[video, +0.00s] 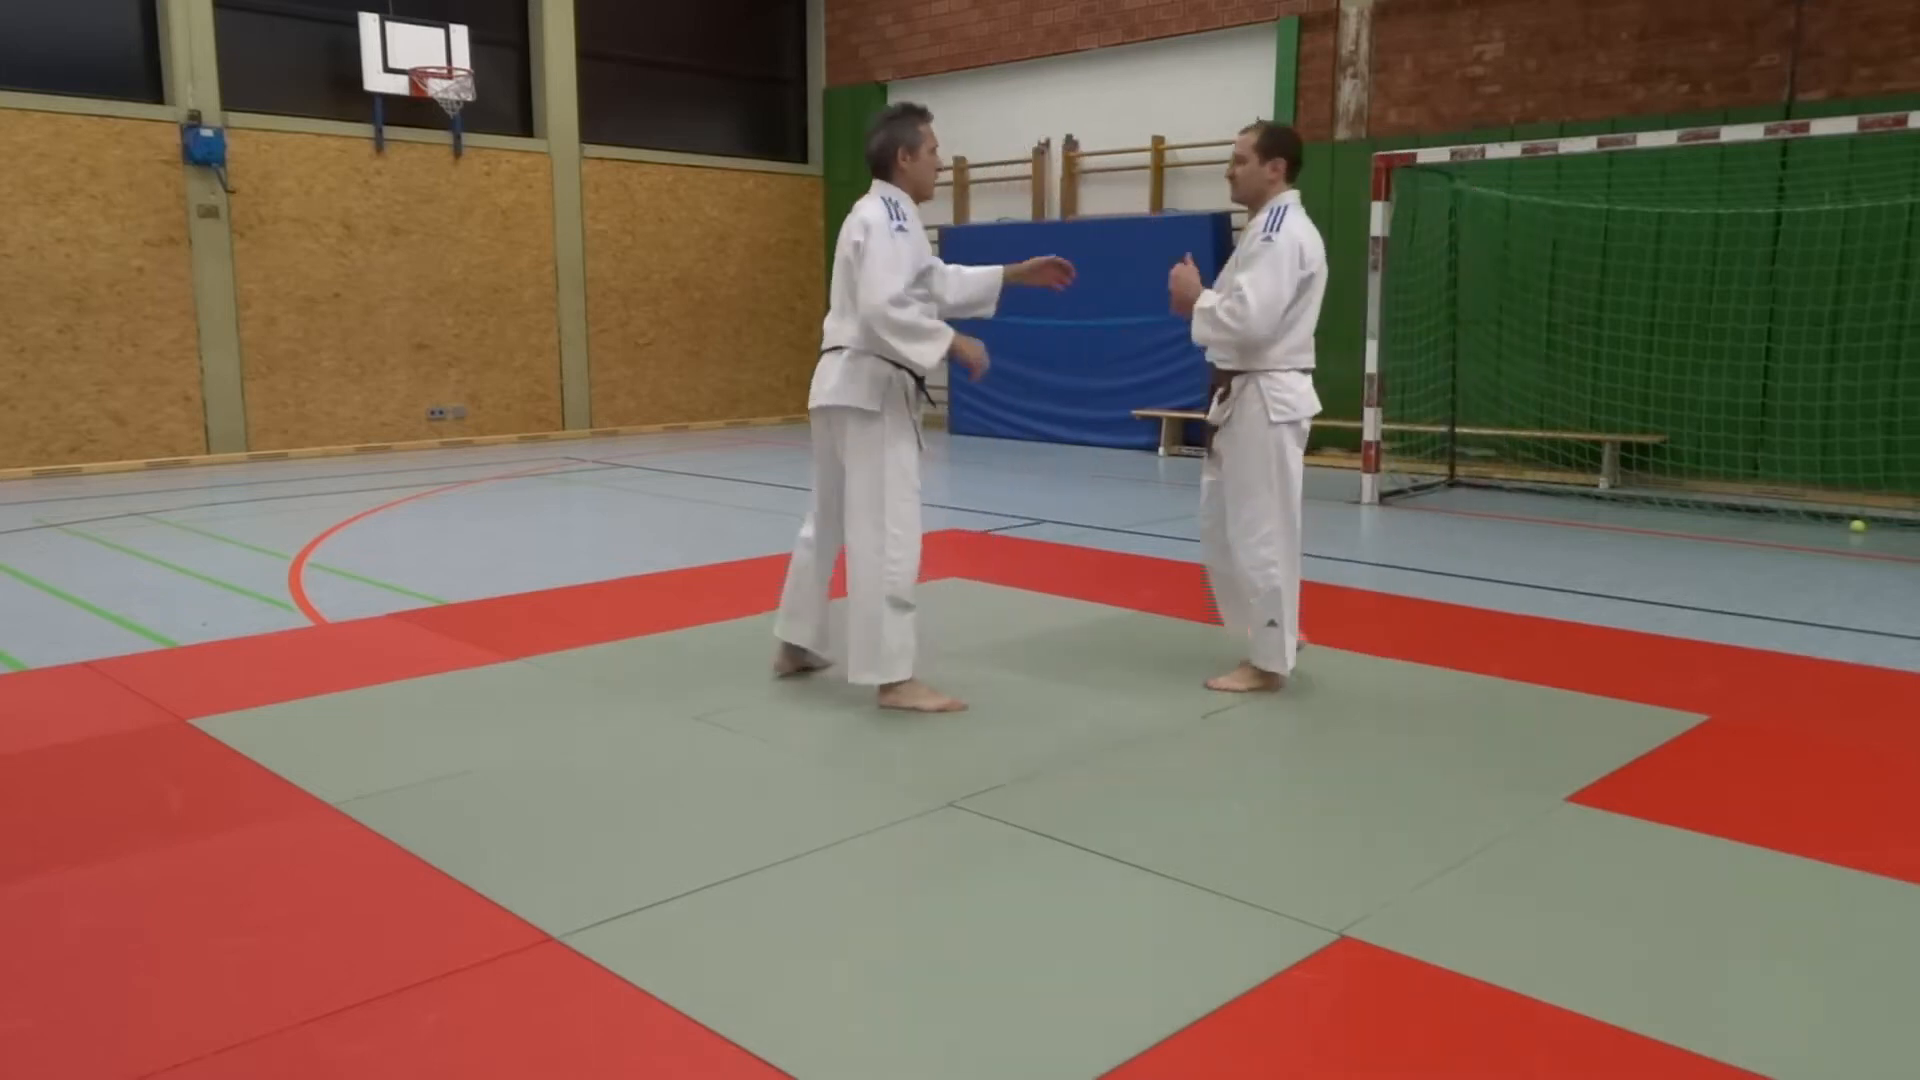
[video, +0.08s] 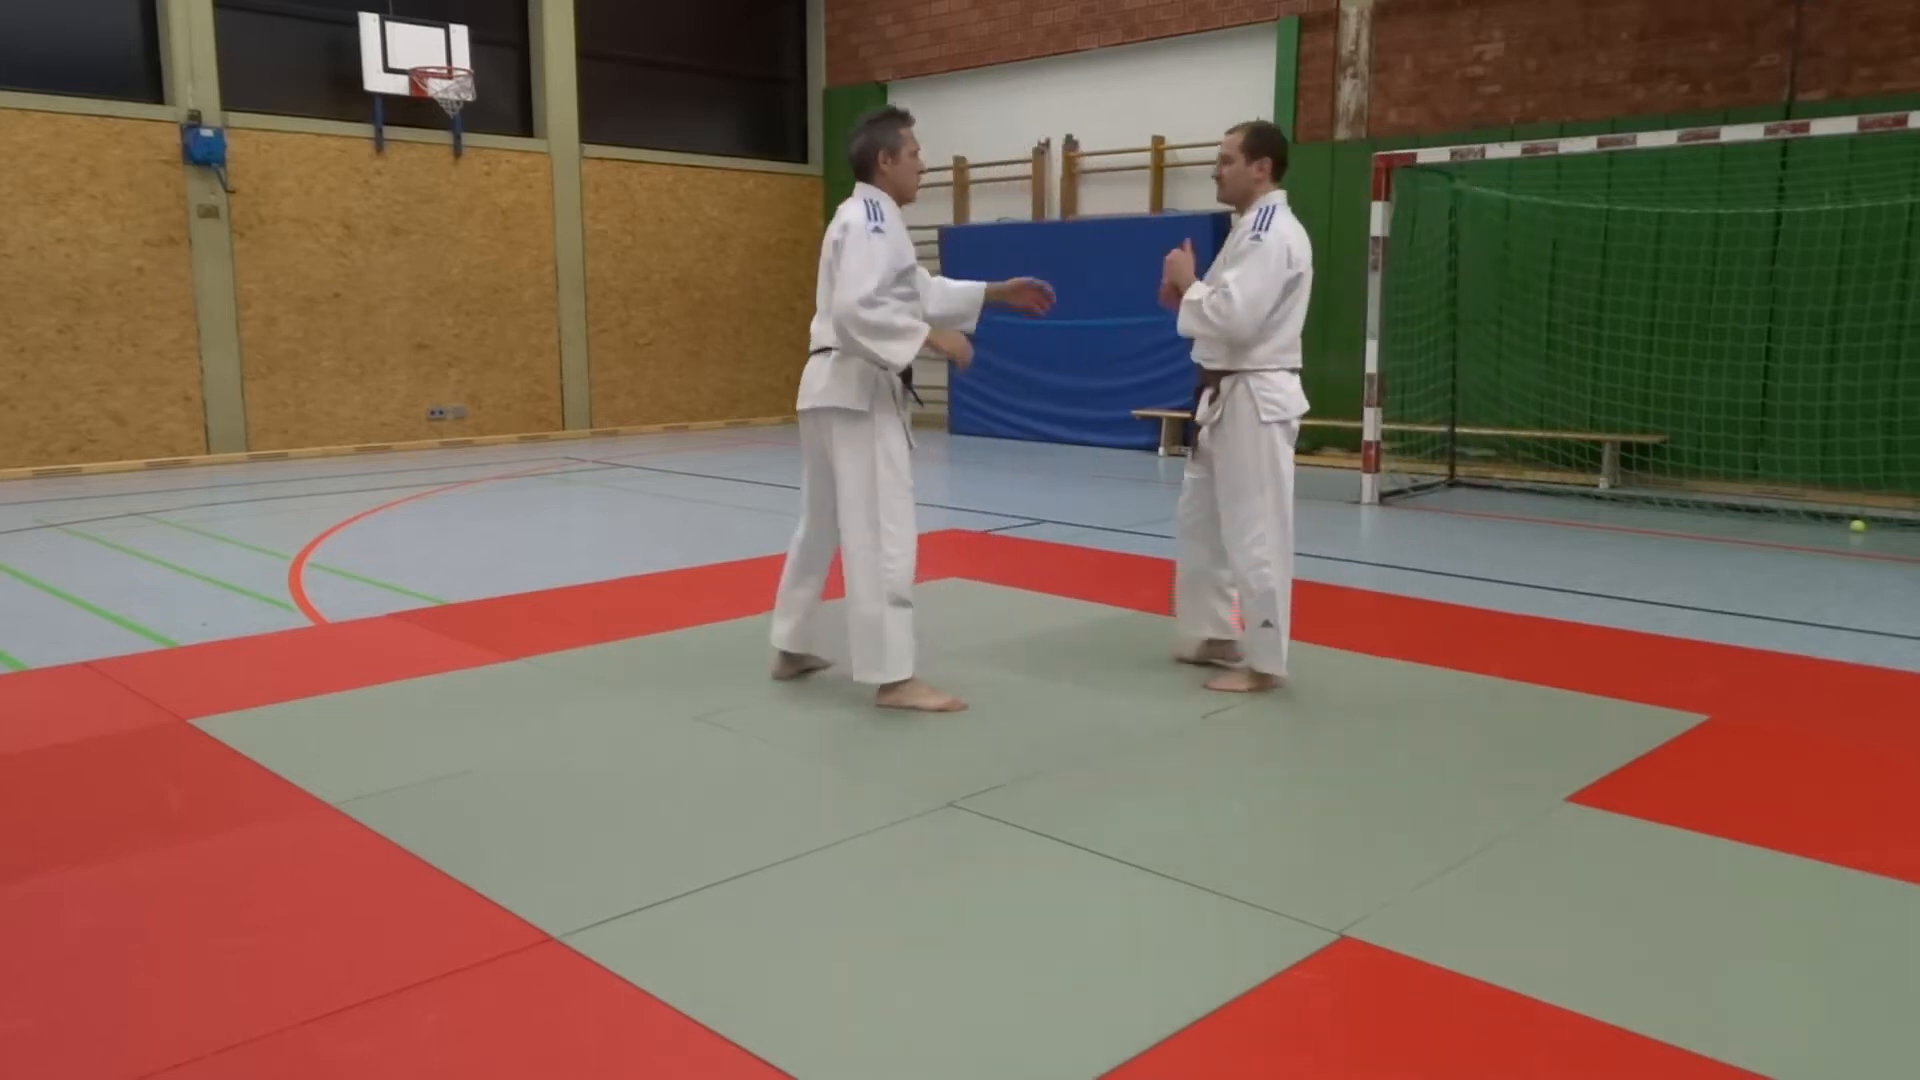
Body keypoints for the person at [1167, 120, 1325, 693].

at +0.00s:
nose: (1230, 171)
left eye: (1240, 162)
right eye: (1232, 161)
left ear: (1275, 169)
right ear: (1268, 170)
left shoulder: (1284, 233)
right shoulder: (1265, 228)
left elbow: (1252, 323)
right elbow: (1246, 310)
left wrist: (1197, 301)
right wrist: (1202, 300)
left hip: (1269, 395)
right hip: (1244, 392)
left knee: (1259, 529)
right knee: (1222, 526)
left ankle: (1269, 663)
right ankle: (1273, 635)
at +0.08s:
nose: (1217, 172)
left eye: (1227, 162)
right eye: (1218, 162)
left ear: (1262, 168)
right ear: (1254, 170)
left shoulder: (1273, 232)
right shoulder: (1248, 229)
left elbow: (1236, 320)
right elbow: (1228, 312)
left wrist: (1190, 285)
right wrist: (1189, 294)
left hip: (1257, 394)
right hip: (1226, 391)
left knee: (1256, 531)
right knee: (1201, 520)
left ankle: (1264, 664)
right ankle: (1218, 639)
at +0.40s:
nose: (1153, 175)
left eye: (1162, 165)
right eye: (1153, 166)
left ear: (1197, 169)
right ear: (1185, 171)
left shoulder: (1226, 233)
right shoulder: (1176, 237)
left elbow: (1196, 313)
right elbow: (1168, 322)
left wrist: (1149, 277)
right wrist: (1130, 302)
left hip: (1202, 393)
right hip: (1157, 392)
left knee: (1211, 528)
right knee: (1145, 520)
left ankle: (1256, 658)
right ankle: (1142, 639)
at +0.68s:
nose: (1096, 182)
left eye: (1104, 171)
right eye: (1095, 172)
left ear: (1139, 172)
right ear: (1130, 174)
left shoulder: (1177, 231)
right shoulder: (1126, 239)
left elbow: (1141, 304)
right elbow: (1091, 324)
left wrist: (1101, 271)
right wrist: (1082, 272)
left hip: (1160, 392)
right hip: (1122, 392)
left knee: (1125, 521)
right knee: (1116, 520)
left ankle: (1182, 632)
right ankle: (1143, 635)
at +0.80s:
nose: (1075, 185)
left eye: (1083, 173)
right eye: (1074, 175)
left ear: (1119, 174)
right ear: (1114, 177)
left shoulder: (1144, 226)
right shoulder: (1113, 232)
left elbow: (1089, 291)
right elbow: (1085, 317)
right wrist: (1068, 263)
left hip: (1147, 390)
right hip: (1128, 388)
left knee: (1107, 519)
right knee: (1132, 516)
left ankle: (1103, 655)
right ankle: (1140, 636)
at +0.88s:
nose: (1063, 183)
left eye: (1071, 173)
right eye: (1064, 173)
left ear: (1104, 176)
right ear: (1106, 180)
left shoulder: (1110, 225)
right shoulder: (1123, 226)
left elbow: (1027, 262)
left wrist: (920, 274)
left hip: (1140, 393)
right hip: (1149, 389)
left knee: (1108, 521)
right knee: (1139, 516)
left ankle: (1100, 657)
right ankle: (1140, 635)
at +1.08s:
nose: (1037, 186)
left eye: (1044, 176)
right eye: (1038, 176)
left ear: (1075, 176)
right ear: (1088, 178)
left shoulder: (1059, 227)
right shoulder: (1134, 227)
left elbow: (961, 257)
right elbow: (1066, 299)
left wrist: (877, 278)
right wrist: (977, 291)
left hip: (1123, 392)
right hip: (1166, 384)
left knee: (1094, 519)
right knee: (1150, 517)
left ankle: (1099, 660)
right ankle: (1144, 636)